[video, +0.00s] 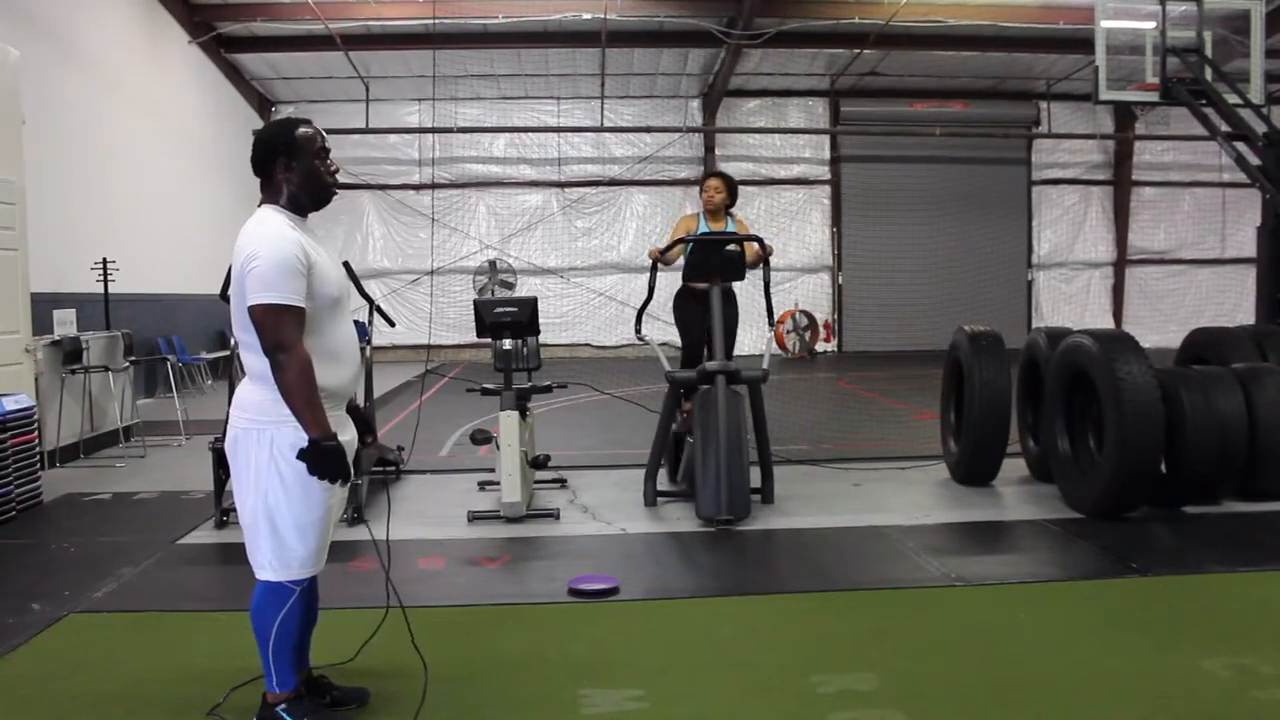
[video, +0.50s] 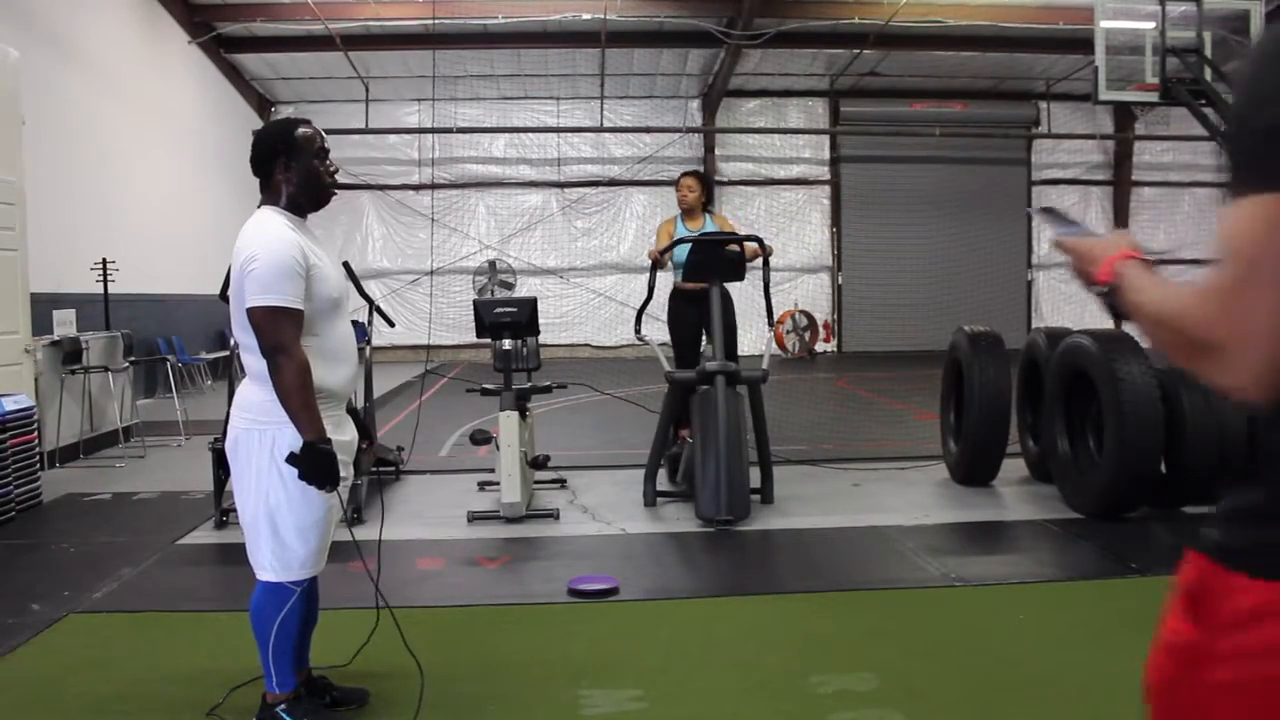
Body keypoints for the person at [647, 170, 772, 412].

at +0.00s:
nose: (709, 196)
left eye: (717, 192)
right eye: (705, 191)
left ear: (728, 198)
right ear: (701, 195)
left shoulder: (737, 225)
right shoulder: (688, 223)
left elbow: (748, 260)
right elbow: (672, 257)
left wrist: (760, 254)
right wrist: (660, 255)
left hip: (724, 297)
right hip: (691, 298)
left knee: (722, 356)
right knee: (693, 351)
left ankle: (721, 409)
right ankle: (687, 405)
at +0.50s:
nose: (683, 195)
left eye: (690, 190)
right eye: (679, 190)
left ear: (703, 195)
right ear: (675, 193)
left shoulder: (719, 222)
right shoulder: (669, 226)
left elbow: (739, 252)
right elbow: (663, 262)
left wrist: (757, 251)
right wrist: (656, 258)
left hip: (716, 298)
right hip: (683, 300)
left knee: (728, 360)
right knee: (686, 366)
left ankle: (728, 423)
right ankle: (684, 428)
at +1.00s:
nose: (712, 193)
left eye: (719, 189)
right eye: (708, 188)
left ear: (730, 197)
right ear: (703, 192)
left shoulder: (737, 225)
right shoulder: (690, 221)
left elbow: (748, 259)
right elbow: (670, 256)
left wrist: (760, 254)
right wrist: (659, 254)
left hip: (723, 297)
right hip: (691, 297)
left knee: (723, 356)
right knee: (690, 354)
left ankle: (720, 409)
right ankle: (683, 408)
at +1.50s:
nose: (684, 191)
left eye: (691, 187)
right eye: (681, 186)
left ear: (705, 193)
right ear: (677, 190)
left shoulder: (719, 220)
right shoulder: (668, 221)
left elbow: (740, 249)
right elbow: (664, 250)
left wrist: (758, 250)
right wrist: (657, 255)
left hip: (716, 296)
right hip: (683, 298)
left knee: (727, 358)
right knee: (686, 364)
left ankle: (728, 422)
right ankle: (683, 427)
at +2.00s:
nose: (707, 190)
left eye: (714, 186)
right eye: (704, 184)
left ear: (727, 193)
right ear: (699, 188)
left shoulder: (736, 221)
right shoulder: (687, 217)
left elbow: (752, 254)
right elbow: (671, 251)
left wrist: (738, 252)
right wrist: (660, 254)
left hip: (722, 292)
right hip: (689, 293)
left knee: (723, 355)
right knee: (689, 355)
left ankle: (722, 409)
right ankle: (682, 409)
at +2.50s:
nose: (693, 187)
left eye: (699, 182)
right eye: (688, 182)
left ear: (708, 188)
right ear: (680, 187)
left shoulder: (722, 217)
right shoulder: (672, 218)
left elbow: (731, 250)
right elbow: (662, 252)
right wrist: (657, 255)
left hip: (716, 293)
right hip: (683, 294)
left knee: (722, 360)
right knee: (686, 360)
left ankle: (721, 419)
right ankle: (682, 421)